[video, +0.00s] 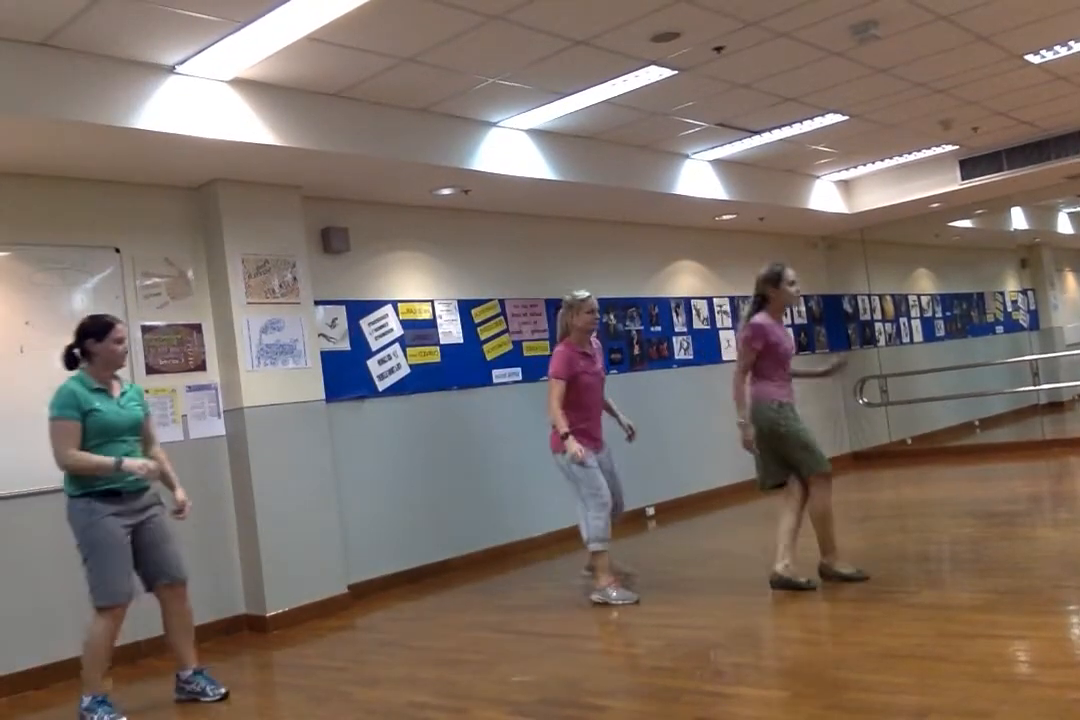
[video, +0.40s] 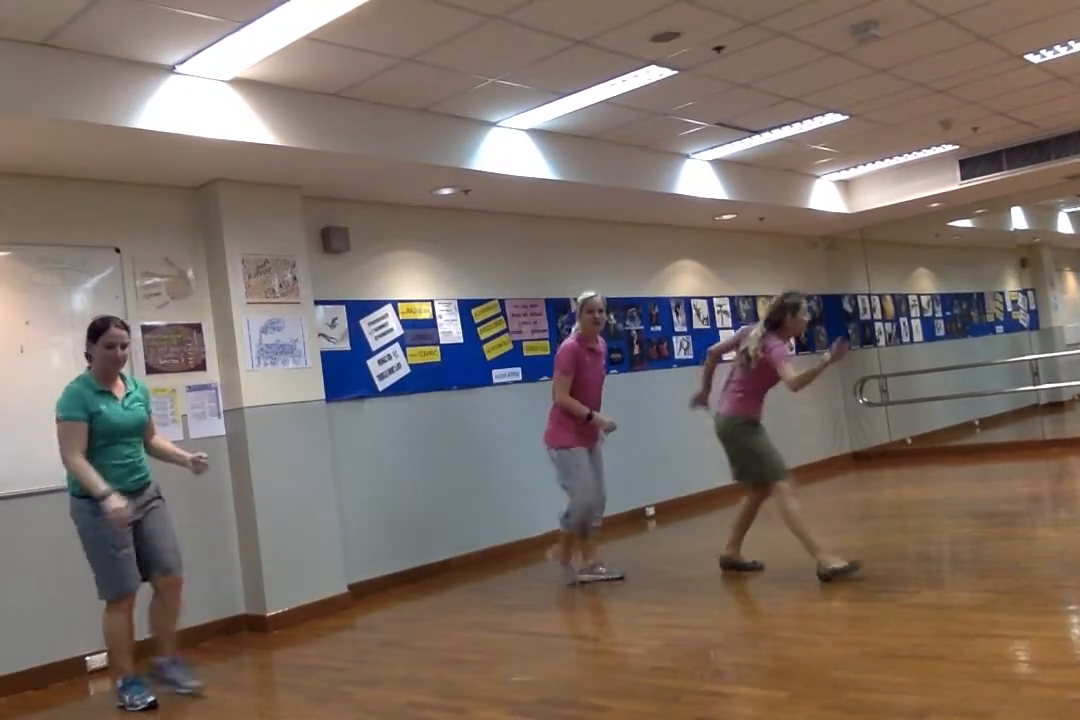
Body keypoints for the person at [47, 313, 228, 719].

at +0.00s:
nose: (125, 348)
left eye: (126, 341)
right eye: (118, 342)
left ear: (119, 345)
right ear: (91, 346)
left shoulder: (132, 392)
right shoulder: (71, 393)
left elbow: (151, 446)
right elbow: (66, 457)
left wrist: (176, 486)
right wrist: (125, 464)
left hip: (143, 502)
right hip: (96, 508)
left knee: (174, 585)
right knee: (113, 600)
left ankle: (189, 676)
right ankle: (93, 699)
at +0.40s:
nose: (120, 353)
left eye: (125, 347)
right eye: (112, 347)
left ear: (130, 349)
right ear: (91, 349)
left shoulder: (136, 389)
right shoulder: (76, 395)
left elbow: (151, 439)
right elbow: (72, 456)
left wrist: (186, 457)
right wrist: (107, 494)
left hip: (144, 495)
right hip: (98, 504)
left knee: (170, 578)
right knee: (121, 593)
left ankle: (165, 662)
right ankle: (126, 682)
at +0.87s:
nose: (120, 351)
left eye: (126, 344)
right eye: (112, 345)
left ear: (133, 349)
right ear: (95, 349)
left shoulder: (146, 392)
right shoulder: (77, 395)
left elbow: (162, 440)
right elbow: (59, 454)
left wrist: (170, 472)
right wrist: (74, 497)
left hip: (146, 498)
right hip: (101, 501)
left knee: (133, 588)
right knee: (128, 588)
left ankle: (103, 660)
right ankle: (127, 677)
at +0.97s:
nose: (125, 354)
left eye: (131, 347)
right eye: (116, 347)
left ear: (137, 352)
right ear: (100, 352)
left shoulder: (150, 395)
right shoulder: (84, 398)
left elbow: (165, 447)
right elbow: (67, 456)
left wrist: (178, 488)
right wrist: (90, 492)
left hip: (154, 502)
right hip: (109, 508)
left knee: (165, 590)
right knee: (131, 592)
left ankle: (120, 649)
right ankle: (127, 678)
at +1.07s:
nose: (135, 352)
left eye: (140, 345)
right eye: (127, 345)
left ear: (145, 348)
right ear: (108, 350)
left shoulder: (156, 393)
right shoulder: (91, 395)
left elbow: (171, 445)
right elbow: (76, 453)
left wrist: (193, 487)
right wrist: (110, 467)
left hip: (162, 500)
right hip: (115, 508)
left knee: (190, 577)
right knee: (130, 594)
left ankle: (165, 650)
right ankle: (129, 679)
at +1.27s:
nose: (163, 349)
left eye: (165, 342)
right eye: (154, 342)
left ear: (166, 347)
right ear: (129, 347)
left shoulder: (174, 391)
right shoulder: (111, 391)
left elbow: (190, 443)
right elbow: (103, 449)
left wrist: (223, 478)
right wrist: (140, 428)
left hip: (186, 499)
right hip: (137, 507)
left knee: (210, 581)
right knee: (137, 600)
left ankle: (242, 670)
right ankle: (129, 679)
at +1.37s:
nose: (182, 347)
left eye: (183, 341)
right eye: (173, 341)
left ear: (182, 347)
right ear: (146, 346)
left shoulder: (189, 391)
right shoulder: (126, 391)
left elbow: (207, 446)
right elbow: (119, 452)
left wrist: (239, 482)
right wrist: (155, 429)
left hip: (204, 499)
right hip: (155, 508)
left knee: (226, 583)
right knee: (155, 600)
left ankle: (245, 677)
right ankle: (132, 675)